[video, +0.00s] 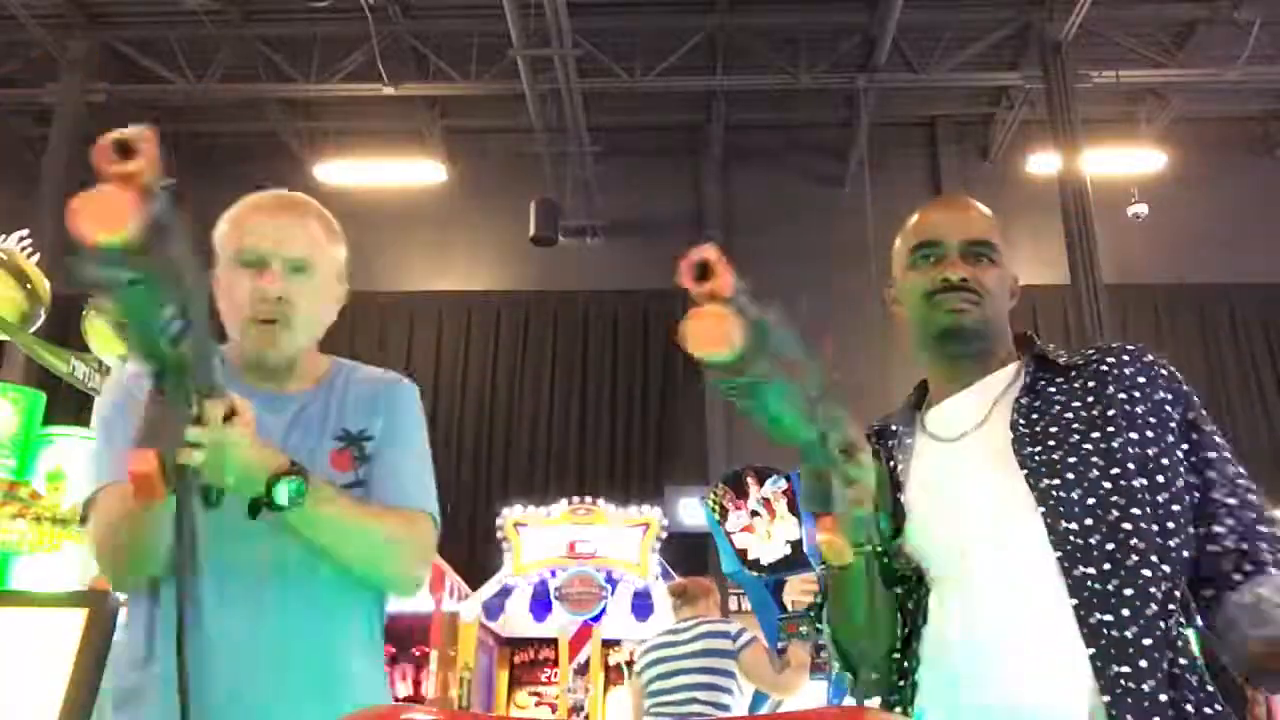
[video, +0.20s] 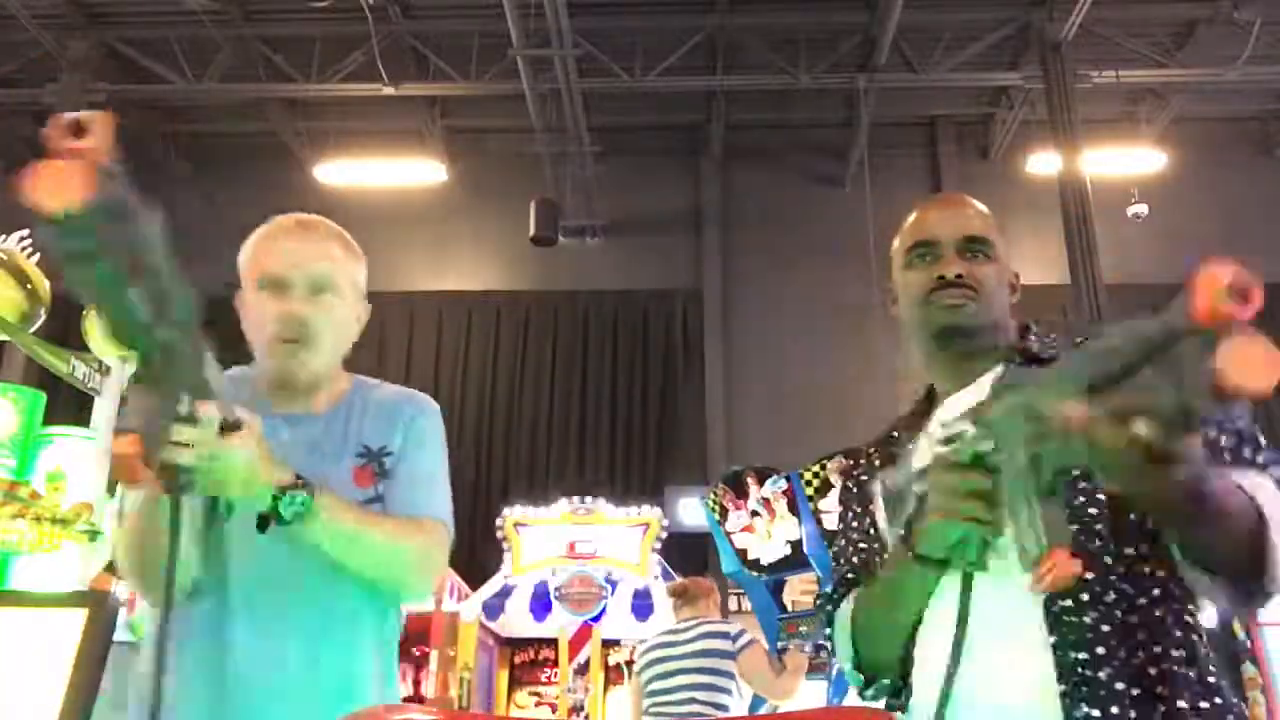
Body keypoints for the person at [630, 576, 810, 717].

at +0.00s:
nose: (721, 611)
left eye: (719, 606)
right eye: (719, 605)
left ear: (675, 610)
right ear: (713, 602)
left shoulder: (646, 649)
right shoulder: (731, 632)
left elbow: (638, 714)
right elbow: (782, 687)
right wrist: (801, 661)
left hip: (660, 715)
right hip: (713, 712)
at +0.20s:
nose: (722, 610)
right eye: (720, 604)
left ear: (675, 610)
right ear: (713, 600)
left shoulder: (646, 648)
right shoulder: (730, 633)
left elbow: (637, 713)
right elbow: (779, 692)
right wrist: (797, 667)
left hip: (658, 714)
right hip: (710, 712)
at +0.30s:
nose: (720, 611)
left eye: (719, 605)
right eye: (719, 604)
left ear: (676, 610)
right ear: (712, 602)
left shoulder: (647, 646)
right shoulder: (732, 632)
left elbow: (637, 712)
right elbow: (759, 692)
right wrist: (797, 694)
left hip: (656, 714)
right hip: (709, 713)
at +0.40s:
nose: (721, 609)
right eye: (720, 603)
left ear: (676, 608)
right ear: (714, 599)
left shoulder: (646, 647)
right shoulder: (729, 632)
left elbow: (637, 713)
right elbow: (752, 694)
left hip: (657, 716)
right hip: (707, 714)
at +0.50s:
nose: (721, 610)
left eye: (719, 603)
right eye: (719, 602)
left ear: (675, 608)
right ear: (713, 598)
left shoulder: (646, 647)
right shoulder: (728, 632)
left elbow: (638, 712)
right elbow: (755, 691)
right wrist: (770, 692)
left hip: (656, 714)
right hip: (708, 713)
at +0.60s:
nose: (720, 607)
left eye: (717, 600)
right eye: (716, 599)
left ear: (672, 607)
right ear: (707, 597)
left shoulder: (645, 647)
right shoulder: (727, 630)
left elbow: (636, 712)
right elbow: (769, 687)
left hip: (655, 715)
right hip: (709, 713)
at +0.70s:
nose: (719, 605)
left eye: (717, 598)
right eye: (716, 597)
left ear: (672, 606)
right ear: (707, 595)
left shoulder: (646, 645)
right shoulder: (726, 629)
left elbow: (630, 711)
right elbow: (781, 680)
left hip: (655, 716)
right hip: (706, 713)